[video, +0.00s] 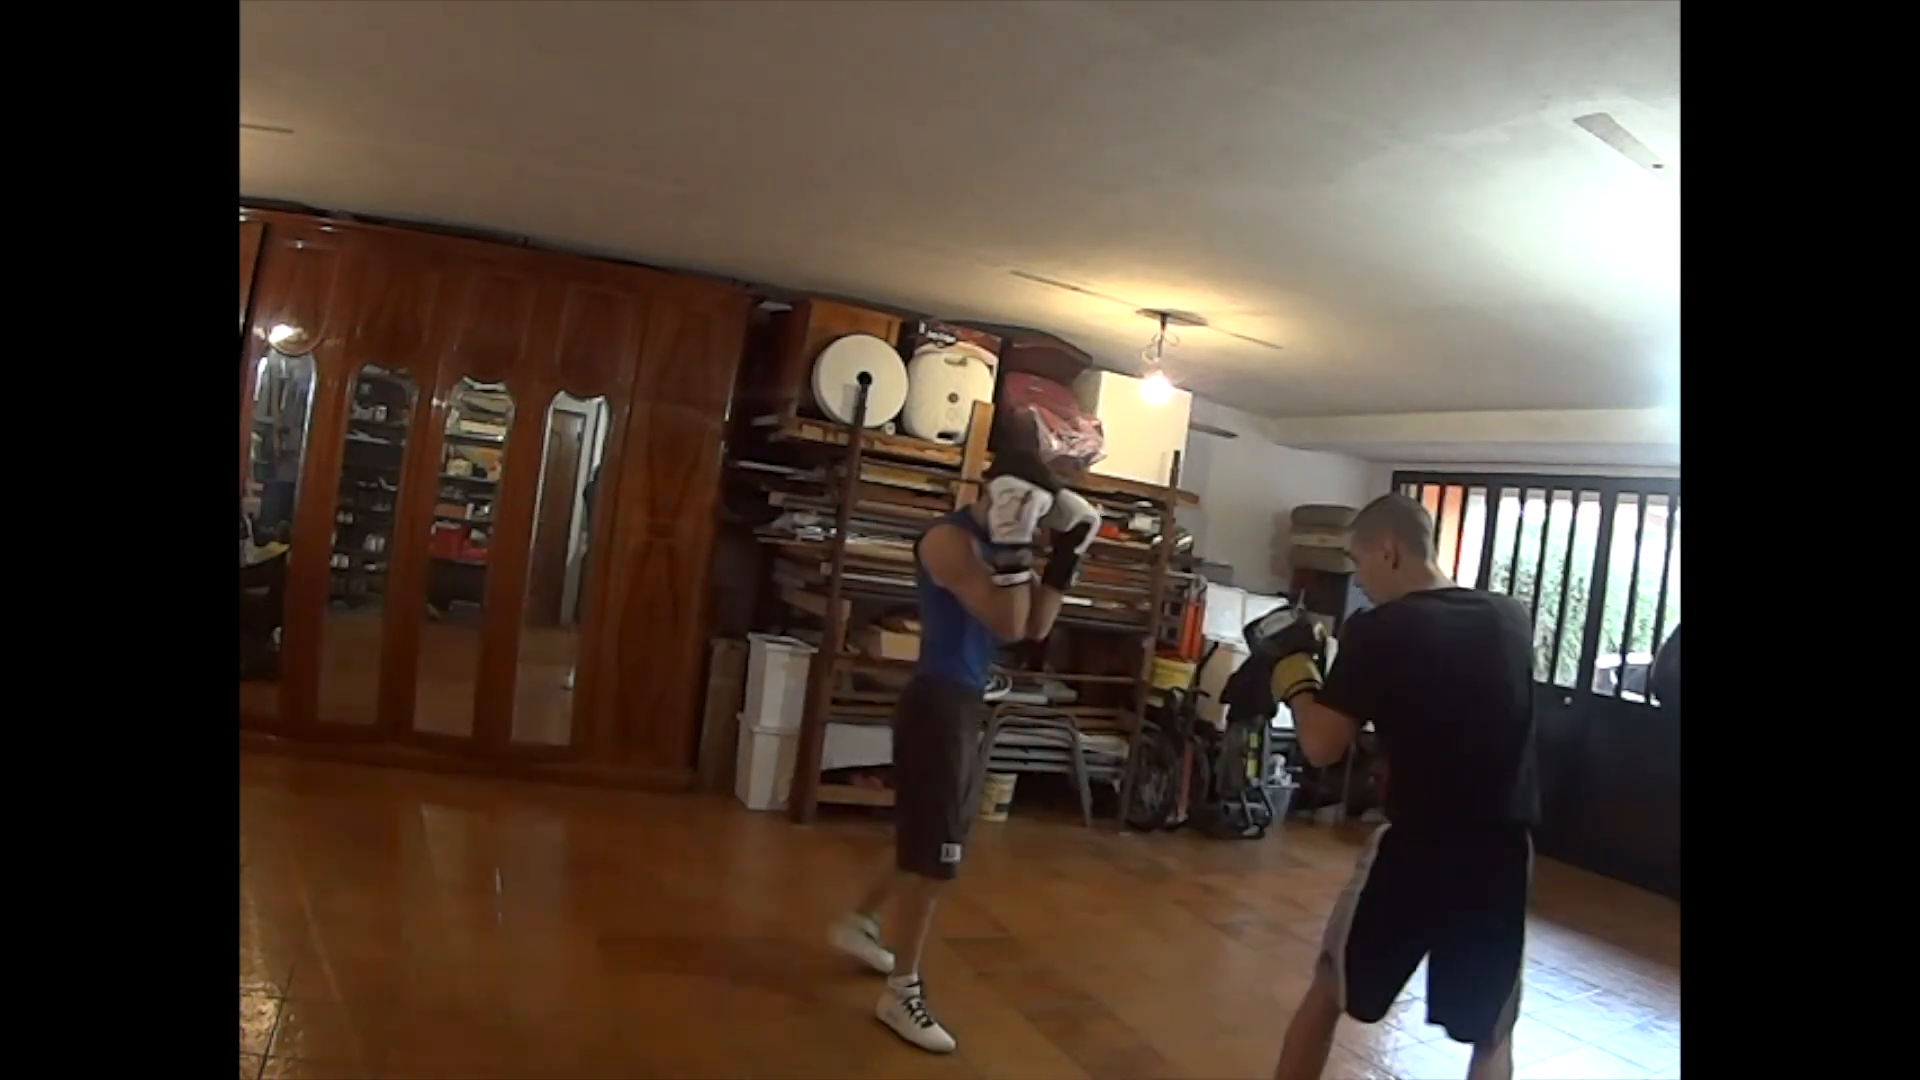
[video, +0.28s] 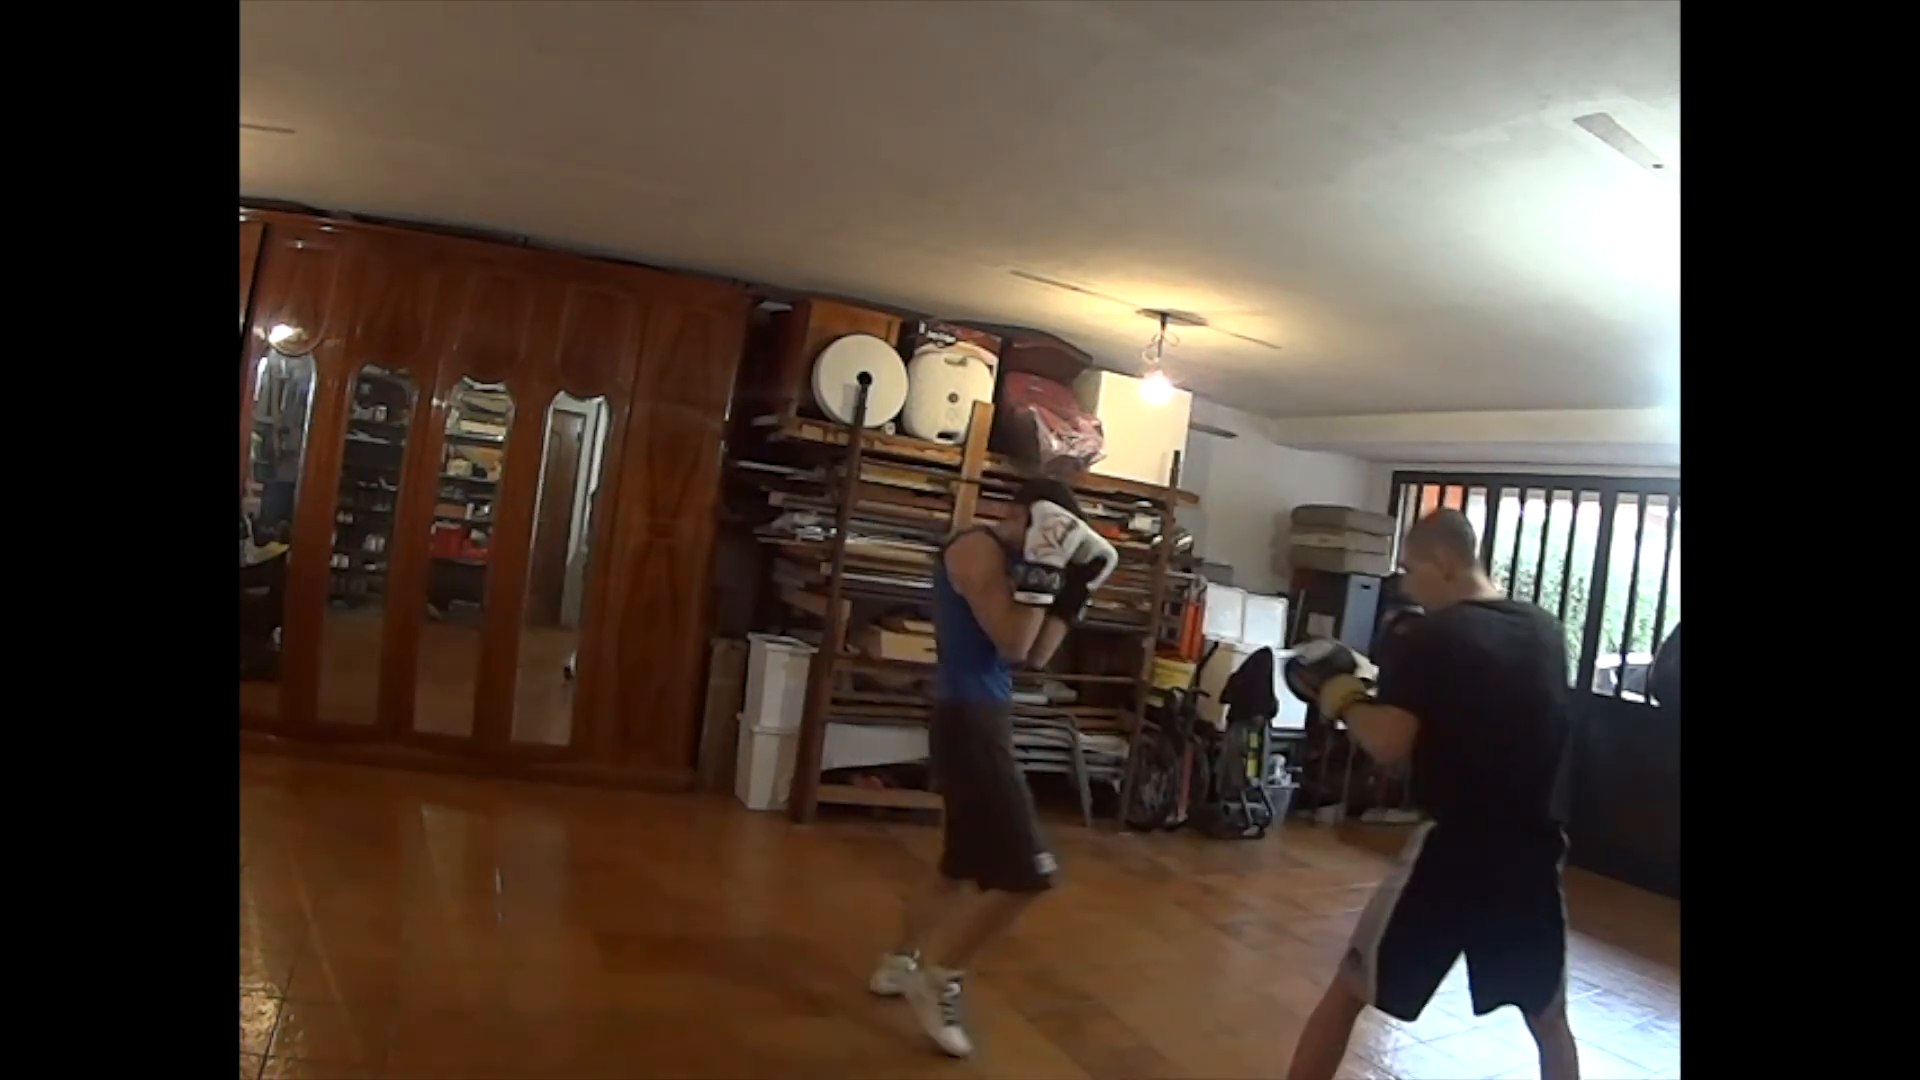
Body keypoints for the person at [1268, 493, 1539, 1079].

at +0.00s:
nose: (1360, 579)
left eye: (1360, 564)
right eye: (1356, 567)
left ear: (1390, 550)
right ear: (1426, 549)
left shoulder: (1379, 630)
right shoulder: (1511, 617)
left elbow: (1322, 745)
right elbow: (1481, 719)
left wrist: (1290, 668)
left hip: (1414, 848)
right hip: (1502, 851)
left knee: (1328, 992)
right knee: (1494, 1035)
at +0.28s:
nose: (1407, 586)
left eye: (1410, 571)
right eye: (1405, 572)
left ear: (1441, 563)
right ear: (1469, 560)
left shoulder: (1427, 636)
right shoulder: (1543, 629)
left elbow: (1389, 742)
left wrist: (1337, 691)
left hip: (1449, 848)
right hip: (1533, 850)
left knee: (1348, 993)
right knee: (1551, 1023)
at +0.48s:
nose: (1479, 604)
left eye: (1483, 588)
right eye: (1478, 590)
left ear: (1519, 583)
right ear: (1536, 585)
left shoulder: (1507, 656)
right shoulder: (1604, 655)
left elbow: (1475, 756)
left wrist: (1411, 720)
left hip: (1508, 861)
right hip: (1580, 864)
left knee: (1380, 977)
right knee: (1578, 1010)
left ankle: (1321, 1074)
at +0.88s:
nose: (1510, 621)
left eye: (1514, 607)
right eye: (1509, 608)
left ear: (1551, 600)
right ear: (1571, 601)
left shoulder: (1545, 668)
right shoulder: (1635, 668)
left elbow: (1501, 764)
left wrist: (1442, 714)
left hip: (1552, 862)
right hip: (1622, 864)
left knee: (1429, 978)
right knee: (1626, 1007)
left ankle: (1382, 1077)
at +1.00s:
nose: (1553, 625)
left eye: (1559, 610)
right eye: (1552, 611)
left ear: (1598, 603)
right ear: (1606, 605)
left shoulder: (1593, 670)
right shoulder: (1669, 671)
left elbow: (1566, 767)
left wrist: (1492, 738)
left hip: (1592, 863)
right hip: (1655, 867)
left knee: (1462, 988)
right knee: (1641, 1014)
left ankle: (1396, 1076)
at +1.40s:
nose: (1585, 634)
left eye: (1590, 619)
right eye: (1583, 621)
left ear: (1629, 612)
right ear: (1638, 615)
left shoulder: (1619, 675)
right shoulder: (1672, 673)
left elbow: (1608, 763)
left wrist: (1516, 746)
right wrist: (1590, 681)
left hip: (1616, 866)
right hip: (1668, 872)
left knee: (1488, 998)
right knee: (1652, 1014)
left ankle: (1418, 1077)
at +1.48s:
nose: (1585, 639)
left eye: (1590, 625)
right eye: (1582, 626)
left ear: (1628, 619)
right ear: (1640, 622)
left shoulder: (1617, 680)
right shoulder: (1672, 680)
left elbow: (1604, 766)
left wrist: (1514, 745)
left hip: (1618, 868)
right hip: (1669, 873)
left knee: (1487, 993)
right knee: (1662, 1011)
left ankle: (1417, 1077)